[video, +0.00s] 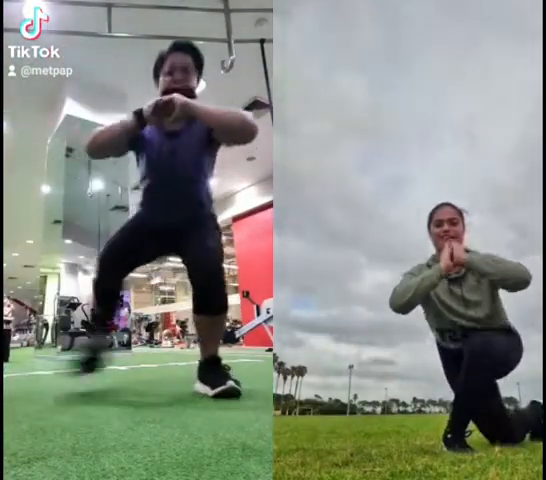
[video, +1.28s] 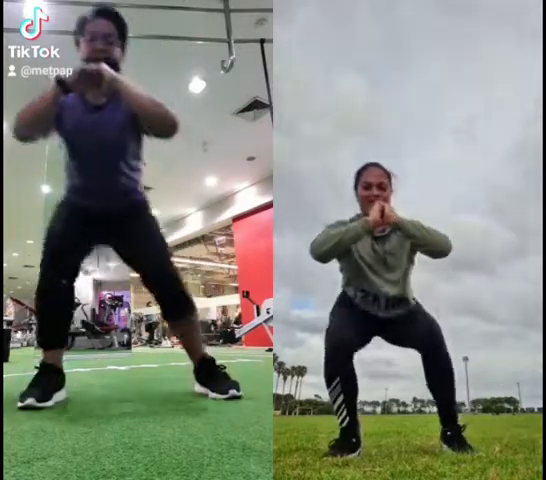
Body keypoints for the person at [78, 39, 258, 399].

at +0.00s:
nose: (176, 78)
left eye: (185, 72)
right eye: (169, 72)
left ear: (197, 80)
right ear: (157, 80)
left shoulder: (207, 123)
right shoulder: (143, 125)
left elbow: (247, 130)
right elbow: (94, 147)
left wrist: (193, 109)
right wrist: (138, 120)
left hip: (197, 224)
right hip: (152, 222)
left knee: (210, 281)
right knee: (110, 262)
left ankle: (211, 367)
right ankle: (99, 334)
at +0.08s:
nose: (180, 77)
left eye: (188, 71)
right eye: (172, 71)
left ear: (199, 79)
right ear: (160, 79)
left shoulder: (209, 122)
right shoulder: (147, 126)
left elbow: (249, 131)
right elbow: (104, 155)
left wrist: (197, 109)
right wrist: (143, 120)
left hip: (199, 220)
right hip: (156, 219)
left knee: (204, 275)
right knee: (123, 265)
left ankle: (209, 365)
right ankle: (145, 334)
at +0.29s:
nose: (174, 112)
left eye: (182, 106)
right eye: (168, 105)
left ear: (194, 115)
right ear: (156, 113)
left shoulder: (204, 154)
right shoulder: (144, 158)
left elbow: (249, 169)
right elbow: (118, 200)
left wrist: (192, 141)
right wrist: (148, 156)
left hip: (204, 236)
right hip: (161, 239)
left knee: (202, 277)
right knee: (166, 309)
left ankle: (207, 363)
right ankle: (186, 354)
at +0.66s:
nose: (163, 83)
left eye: (171, 77)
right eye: (157, 77)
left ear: (183, 87)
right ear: (145, 87)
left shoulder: (193, 131)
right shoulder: (135, 138)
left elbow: (240, 151)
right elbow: (105, 172)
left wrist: (185, 126)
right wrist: (138, 133)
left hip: (196, 223)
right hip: (155, 227)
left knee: (198, 280)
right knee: (154, 305)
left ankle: (206, 365)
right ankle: (180, 349)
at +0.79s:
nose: (153, 61)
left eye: (162, 55)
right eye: (146, 56)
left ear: (176, 64)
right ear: (137, 64)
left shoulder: (190, 107)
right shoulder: (128, 113)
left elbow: (234, 120)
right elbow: (89, 145)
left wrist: (178, 96)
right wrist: (124, 108)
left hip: (188, 210)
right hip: (144, 211)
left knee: (195, 275)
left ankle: (206, 366)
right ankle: (137, 336)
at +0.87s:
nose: (148, 58)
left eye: (157, 51)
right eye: (141, 52)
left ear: (169, 59)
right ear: (130, 60)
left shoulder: (183, 102)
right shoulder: (120, 109)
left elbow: (225, 114)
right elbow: (77, 138)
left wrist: (170, 92)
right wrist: (114, 99)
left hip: (181, 208)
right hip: (136, 208)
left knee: (194, 276)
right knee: (97, 256)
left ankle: (206, 366)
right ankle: (91, 343)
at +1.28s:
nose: (99, 47)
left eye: (108, 40)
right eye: (91, 39)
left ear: (121, 49)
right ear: (79, 46)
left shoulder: (130, 96)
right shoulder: (64, 99)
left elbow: (169, 127)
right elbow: (22, 130)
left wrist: (118, 86)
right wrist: (59, 90)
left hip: (128, 208)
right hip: (77, 209)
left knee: (167, 282)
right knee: (52, 283)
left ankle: (204, 366)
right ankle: (50, 373)